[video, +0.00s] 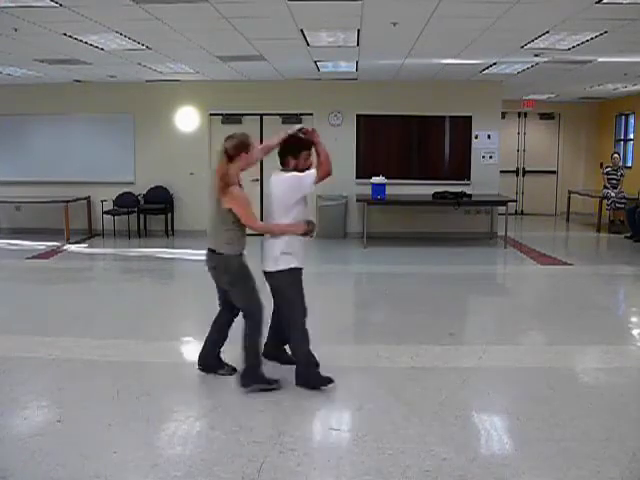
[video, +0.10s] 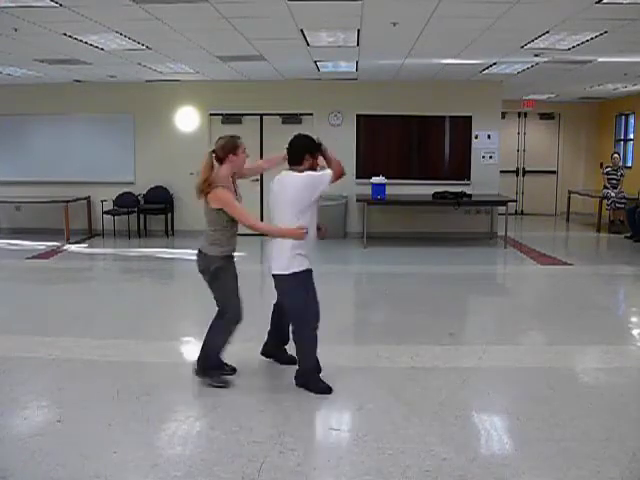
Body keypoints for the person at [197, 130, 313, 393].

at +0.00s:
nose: (254, 155)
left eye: (254, 151)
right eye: (253, 151)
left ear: (232, 153)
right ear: (243, 155)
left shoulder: (224, 173)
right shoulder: (233, 190)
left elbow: (263, 151)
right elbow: (255, 226)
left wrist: (290, 134)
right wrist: (295, 228)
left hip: (219, 256)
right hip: (229, 259)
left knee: (229, 309)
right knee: (253, 310)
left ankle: (209, 358)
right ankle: (252, 374)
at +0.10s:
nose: (245, 159)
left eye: (245, 154)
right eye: (243, 154)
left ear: (226, 158)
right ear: (229, 158)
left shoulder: (228, 177)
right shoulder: (219, 193)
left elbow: (261, 166)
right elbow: (254, 225)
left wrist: (291, 155)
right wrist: (289, 233)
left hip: (221, 257)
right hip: (215, 260)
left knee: (230, 311)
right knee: (231, 313)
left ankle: (211, 360)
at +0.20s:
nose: (240, 154)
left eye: (239, 150)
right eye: (236, 150)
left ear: (223, 155)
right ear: (221, 155)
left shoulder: (231, 176)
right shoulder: (207, 187)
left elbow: (264, 180)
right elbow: (228, 226)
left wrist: (293, 180)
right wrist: (267, 238)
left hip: (223, 256)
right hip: (204, 257)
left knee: (226, 309)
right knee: (209, 311)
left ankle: (209, 359)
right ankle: (176, 349)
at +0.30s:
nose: (234, 152)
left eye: (234, 148)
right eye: (230, 148)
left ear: (221, 153)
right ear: (215, 153)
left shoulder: (228, 179)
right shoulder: (199, 184)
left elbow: (255, 192)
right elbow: (205, 226)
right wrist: (233, 240)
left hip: (220, 256)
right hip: (196, 256)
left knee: (223, 308)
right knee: (188, 307)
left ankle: (210, 358)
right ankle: (170, 347)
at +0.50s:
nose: (225, 153)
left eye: (224, 149)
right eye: (220, 149)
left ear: (211, 153)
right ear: (204, 153)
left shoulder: (223, 182)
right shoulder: (186, 183)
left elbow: (246, 220)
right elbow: (185, 224)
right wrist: (217, 238)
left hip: (214, 256)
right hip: (186, 257)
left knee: (224, 308)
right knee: (177, 308)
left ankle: (214, 355)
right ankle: (170, 354)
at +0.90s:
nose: (240, 155)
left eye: (239, 151)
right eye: (235, 151)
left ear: (228, 157)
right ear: (220, 157)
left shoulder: (239, 180)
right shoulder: (209, 186)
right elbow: (227, 219)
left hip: (239, 260)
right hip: (217, 260)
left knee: (240, 317)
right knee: (214, 315)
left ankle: (224, 366)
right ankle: (179, 343)